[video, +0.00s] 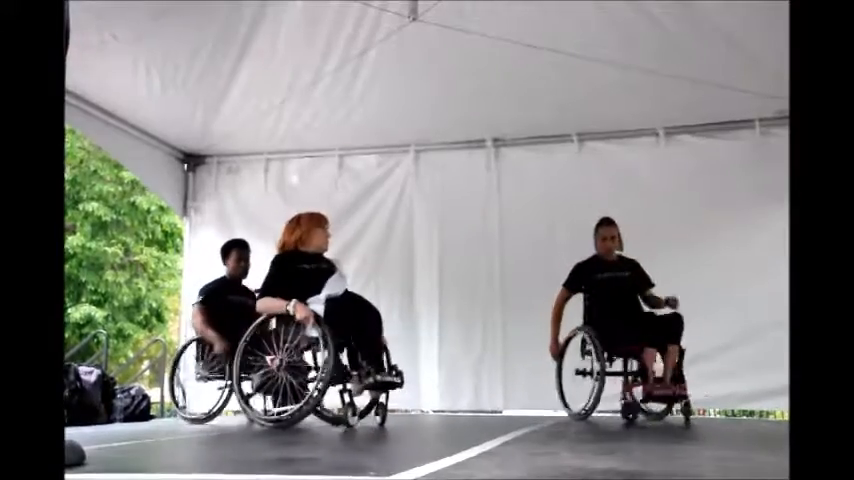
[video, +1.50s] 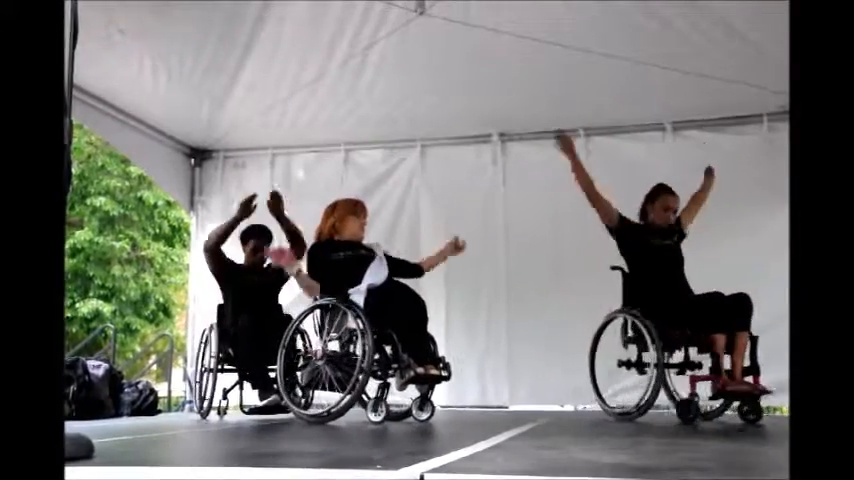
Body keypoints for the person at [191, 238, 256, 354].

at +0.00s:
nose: (244, 264)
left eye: (246, 260)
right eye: (239, 260)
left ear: (249, 261)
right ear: (226, 261)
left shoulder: (249, 295)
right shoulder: (210, 290)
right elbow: (198, 322)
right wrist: (217, 340)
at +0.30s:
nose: (247, 263)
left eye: (250, 258)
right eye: (241, 258)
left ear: (253, 259)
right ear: (230, 259)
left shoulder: (261, 292)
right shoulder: (212, 290)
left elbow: (275, 320)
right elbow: (186, 317)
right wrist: (196, 332)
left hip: (256, 355)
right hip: (221, 356)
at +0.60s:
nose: (248, 259)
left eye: (251, 254)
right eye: (242, 254)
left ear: (255, 255)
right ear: (230, 256)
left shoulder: (266, 286)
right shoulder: (215, 286)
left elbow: (287, 313)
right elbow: (190, 310)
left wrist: (292, 337)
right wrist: (193, 329)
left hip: (260, 346)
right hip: (227, 347)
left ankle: (271, 391)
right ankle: (246, 393)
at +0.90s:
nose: (255, 253)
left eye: (258, 248)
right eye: (249, 248)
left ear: (261, 251)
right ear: (236, 251)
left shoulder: (271, 285)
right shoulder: (220, 283)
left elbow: (294, 316)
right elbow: (196, 311)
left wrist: (302, 342)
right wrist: (196, 338)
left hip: (262, 342)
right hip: (230, 343)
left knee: (275, 328)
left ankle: (276, 392)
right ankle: (254, 394)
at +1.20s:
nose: (257, 251)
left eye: (260, 247)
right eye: (251, 247)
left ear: (263, 249)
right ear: (238, 249)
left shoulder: (272, 280)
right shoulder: (224, 278)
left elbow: (293, 290)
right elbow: (210, 291)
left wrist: (299, 299)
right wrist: (219, 302)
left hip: (268, 332)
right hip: (238, 333)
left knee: (284, 349)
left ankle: (280, 394)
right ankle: (260, 393)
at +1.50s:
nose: (262, 253)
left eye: (265, 247)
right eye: (256, 248)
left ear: (270, 249)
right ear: (244, 248)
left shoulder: (275, 275)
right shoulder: (230, 273)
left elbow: (299, 248)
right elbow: (210, 248)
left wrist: (281, 216)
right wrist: (238, 217)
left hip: (272, 334)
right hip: (241, 336)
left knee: (286, 322)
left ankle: (288, 390)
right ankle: (266, 392)